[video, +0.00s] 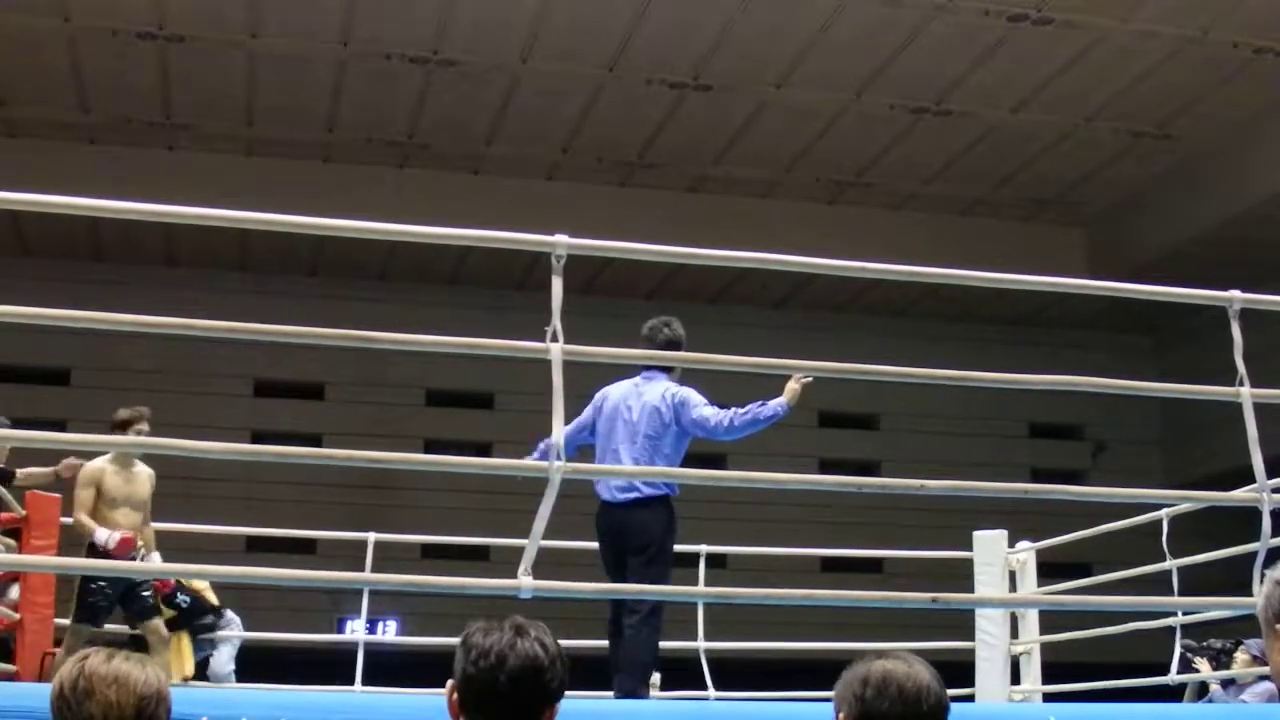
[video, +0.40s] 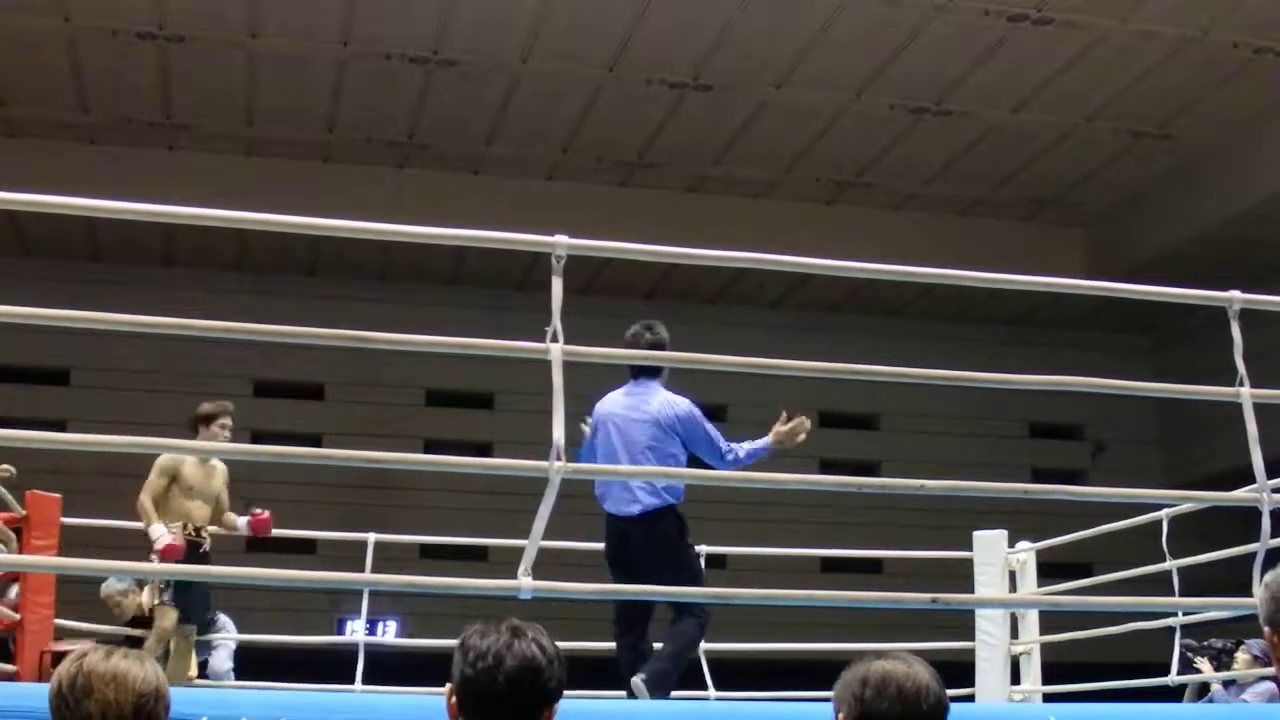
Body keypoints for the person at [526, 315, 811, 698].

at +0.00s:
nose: (679, 359)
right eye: (680, 354)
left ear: (642, 353)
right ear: (679, 357)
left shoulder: (609, 395)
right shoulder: (678, 397)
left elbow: (569, 436)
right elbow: (720, 423)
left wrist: (533, 460)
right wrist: (783, 402)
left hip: (610, 514)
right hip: (652, 513)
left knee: (622, 602)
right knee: (644, 605)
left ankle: (624, 687)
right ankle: (630, 696)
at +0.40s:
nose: (660, 361)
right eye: (664, 355)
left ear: (627, 361)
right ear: (665, 361)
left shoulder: (604, 407)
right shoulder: (677, 408)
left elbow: (586, 463)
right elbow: (726, 457)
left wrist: (589, 439)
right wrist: (772, 442)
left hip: (617, 528)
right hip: (661, 525)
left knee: (631, 615)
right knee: (692, 610)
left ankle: (638, 705)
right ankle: (653, 680)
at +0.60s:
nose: (653, 359)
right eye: (653, 353)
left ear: (617, 359)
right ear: (654, 359)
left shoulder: (599, 406)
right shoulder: (671, 405)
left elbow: (617, 449)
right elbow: (701, 450)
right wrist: (722, 452)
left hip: (614, 524)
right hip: (658, 519)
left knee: (628, 610)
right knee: (690, 601)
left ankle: (638, 699)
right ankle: (659, 675)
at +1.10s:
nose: (649, 334)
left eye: (646, 326)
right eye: (646, 327)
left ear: (600, 331)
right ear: (636, 332)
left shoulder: (572, 379)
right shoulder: (645, 377)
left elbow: (548, 442)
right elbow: (651, 439)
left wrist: (569, 474)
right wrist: (654, 478)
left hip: (577, 496)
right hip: (621, 495)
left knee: (594, 587)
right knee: (620, 588)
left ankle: (600, 678)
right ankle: (608, 685)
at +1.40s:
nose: (605, 322)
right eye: (605, 317)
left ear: (561, 318)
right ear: (603, 323)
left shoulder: (533, 370)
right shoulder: (616, 371)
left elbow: (532, 432)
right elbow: (626, 437)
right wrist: (614, 469)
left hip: (537, 495)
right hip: (591, 496)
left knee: (533, 594)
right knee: (595, 597)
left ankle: (506, 689)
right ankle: (603, 696)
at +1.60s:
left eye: (531, 305)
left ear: (531, 310)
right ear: (577, 312)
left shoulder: (502, 361)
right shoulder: (595, 361)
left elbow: (489, 425)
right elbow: (607, 426)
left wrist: (512, 457)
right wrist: (584, 458)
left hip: (506, 487)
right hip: (567, 490)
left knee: (501, 588)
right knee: (572, 591)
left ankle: (494, 692)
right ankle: (578, 695)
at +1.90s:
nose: (558, 290)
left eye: (556, 283)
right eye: (555, 283)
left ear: (502, 287)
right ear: (544, 288)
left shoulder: (464, 331)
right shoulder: (563, 336)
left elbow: (426, 371)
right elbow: (579, 409)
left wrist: (391, 417)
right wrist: (573, 440)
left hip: (478, 468)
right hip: (541, 467)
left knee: (484, 566)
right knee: (551, 558)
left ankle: (480, 661)